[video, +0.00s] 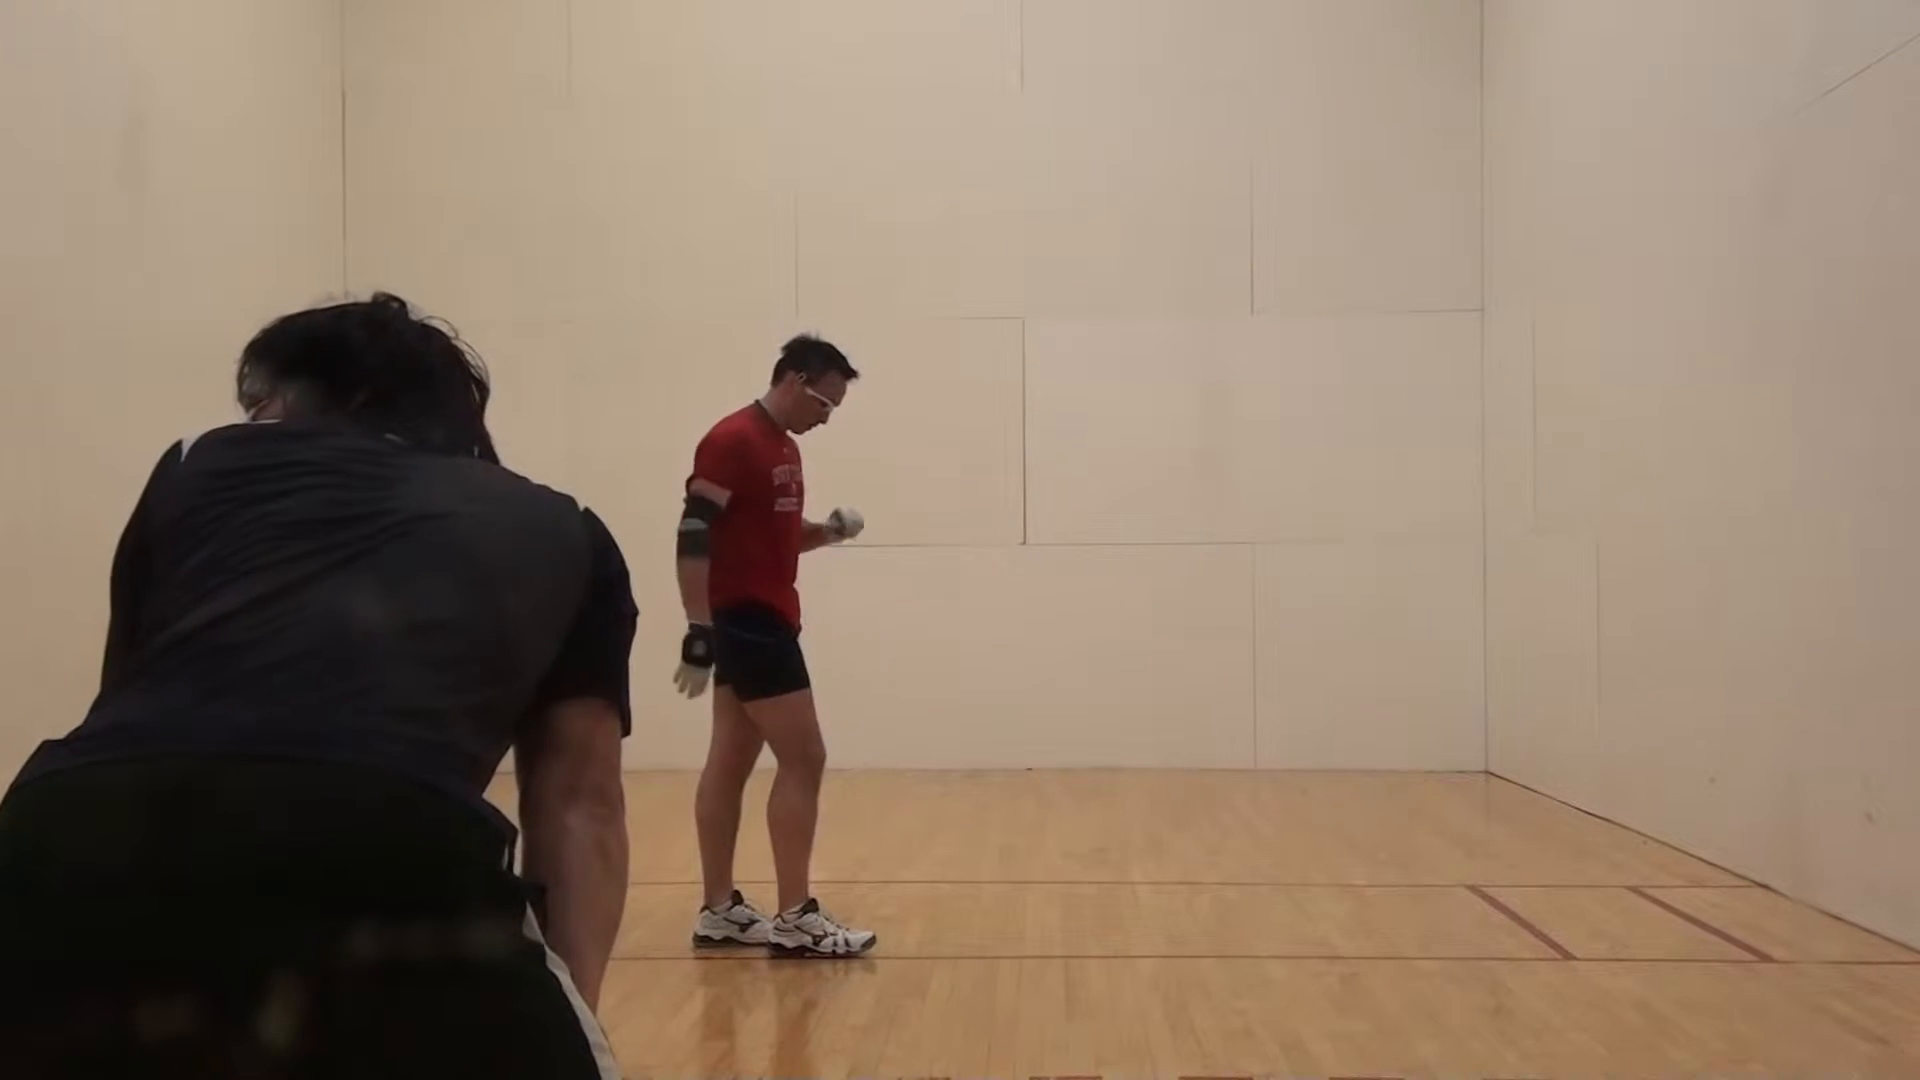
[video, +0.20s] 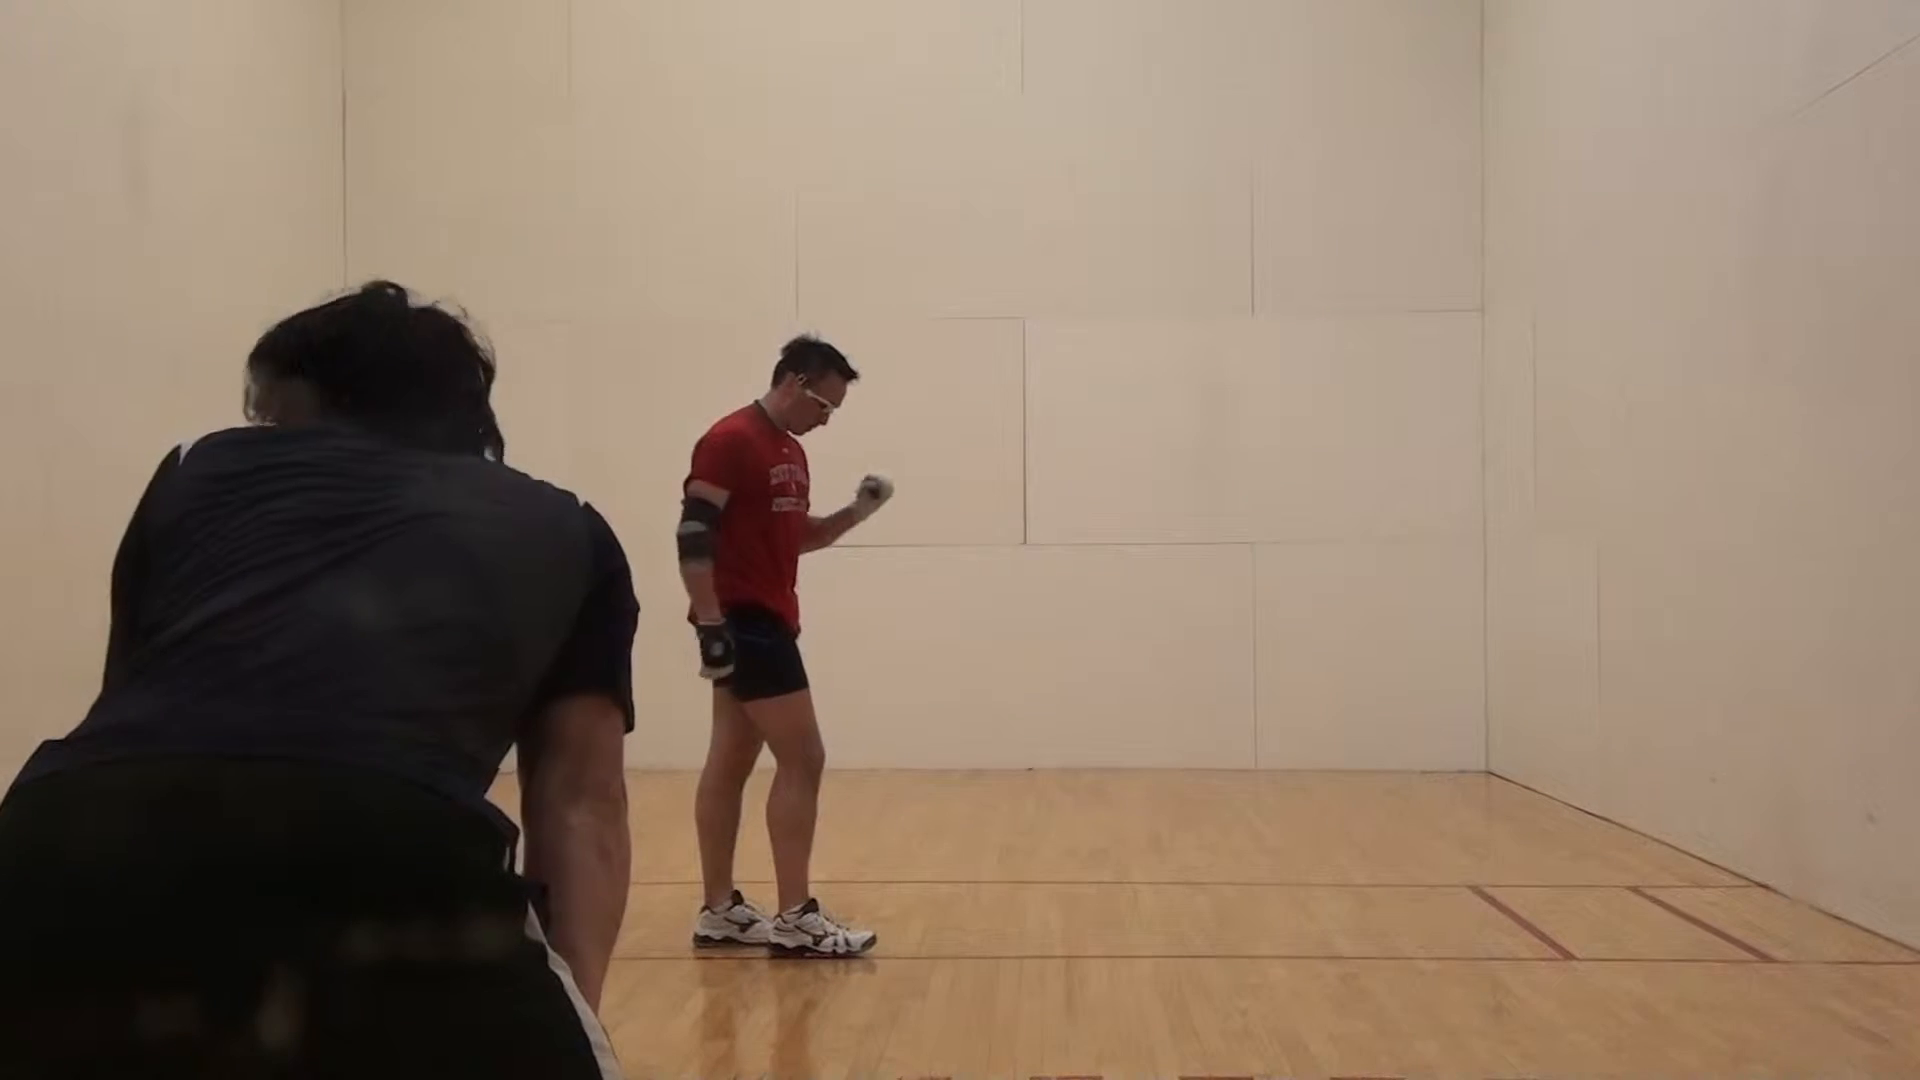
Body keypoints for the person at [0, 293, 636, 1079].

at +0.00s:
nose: (248, 426)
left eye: (261, 410)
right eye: (252, 412)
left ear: (296, 411)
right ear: (457, 425)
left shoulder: (193, 466)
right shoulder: (561, 527)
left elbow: (126, 707)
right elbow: (580, 799)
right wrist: (566, 1021)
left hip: (75, 852)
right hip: (399, 862)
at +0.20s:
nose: (254, 434)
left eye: (266, 416)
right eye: (258, 416)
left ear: (309, 412)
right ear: (465, 429)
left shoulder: (192, 470)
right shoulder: (563, 526)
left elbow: (128, 707)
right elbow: (582, 803)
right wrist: (568, 1023)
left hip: (75, 855)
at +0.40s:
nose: (534, 464)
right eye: (528, 446)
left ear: (306, 415)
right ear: (503, 431)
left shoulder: (190, 492)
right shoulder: (562, 524)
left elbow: (140, 709)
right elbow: (583, 795)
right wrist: (568, 1015)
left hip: (70, 851)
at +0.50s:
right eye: (513, 420)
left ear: (321, 413)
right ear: (496, 417)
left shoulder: (201, 502)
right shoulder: (564, 525)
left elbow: (148, 712)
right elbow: (586, 796)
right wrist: (565, 1018)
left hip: (63, 852)